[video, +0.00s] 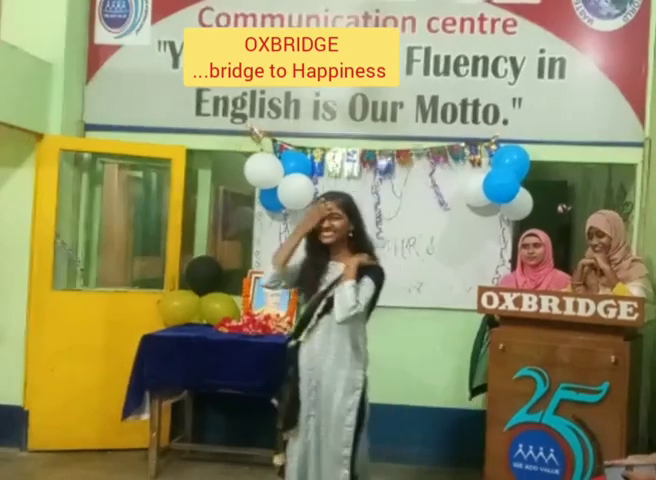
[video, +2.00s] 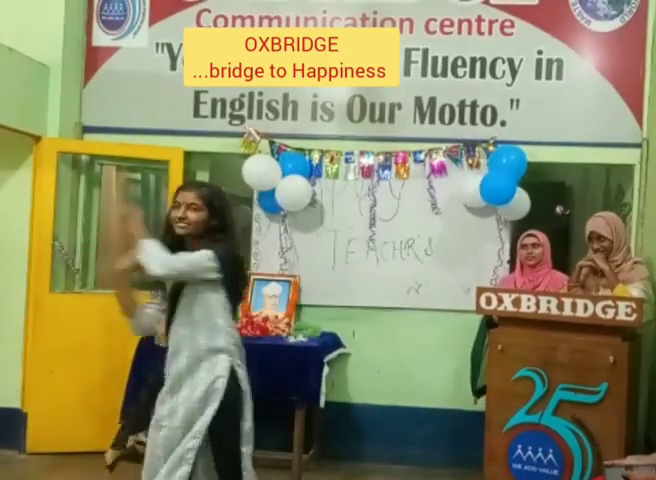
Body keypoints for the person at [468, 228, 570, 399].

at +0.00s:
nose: (530, 251)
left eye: (536, 246)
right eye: (525, 247)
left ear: (547, 250)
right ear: (519, 251)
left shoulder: (562, 280)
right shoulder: (508, 280)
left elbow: (567, 316)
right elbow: (497, 316)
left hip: (550, 346)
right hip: (513, 345)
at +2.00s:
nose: (529, 251)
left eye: (535, 246)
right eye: (524, 247)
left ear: (545, 250)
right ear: (518, 252)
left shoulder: (561, 282)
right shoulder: (506, 282)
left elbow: (566, 319)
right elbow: (494, 320)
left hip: (548, 351)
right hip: (511, 350)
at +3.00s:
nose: (531, 250)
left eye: (536, 246)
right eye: (526, 246)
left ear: (546, 250)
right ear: (519, 252)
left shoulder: (561, 281)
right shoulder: (507, 282)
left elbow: (565, 323)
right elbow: (491, 324)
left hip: (548, 353)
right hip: (511, 352)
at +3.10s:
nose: (531, 251)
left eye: (536, 246)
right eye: (526, 246)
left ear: (546, 251)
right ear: (519, 252)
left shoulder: (561, 282)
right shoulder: (506, 282)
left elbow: (565, 326)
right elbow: (489, 328)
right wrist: (482, 383)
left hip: (549, 357)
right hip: (511, 356)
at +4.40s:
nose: (531, 251)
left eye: (537, 246)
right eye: (526, 247)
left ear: (547, 251)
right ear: (519, 252)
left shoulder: (562, 282)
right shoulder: (507, 282)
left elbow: (566, 319)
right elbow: (496, 319)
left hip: (549, 351)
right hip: (512, 349)